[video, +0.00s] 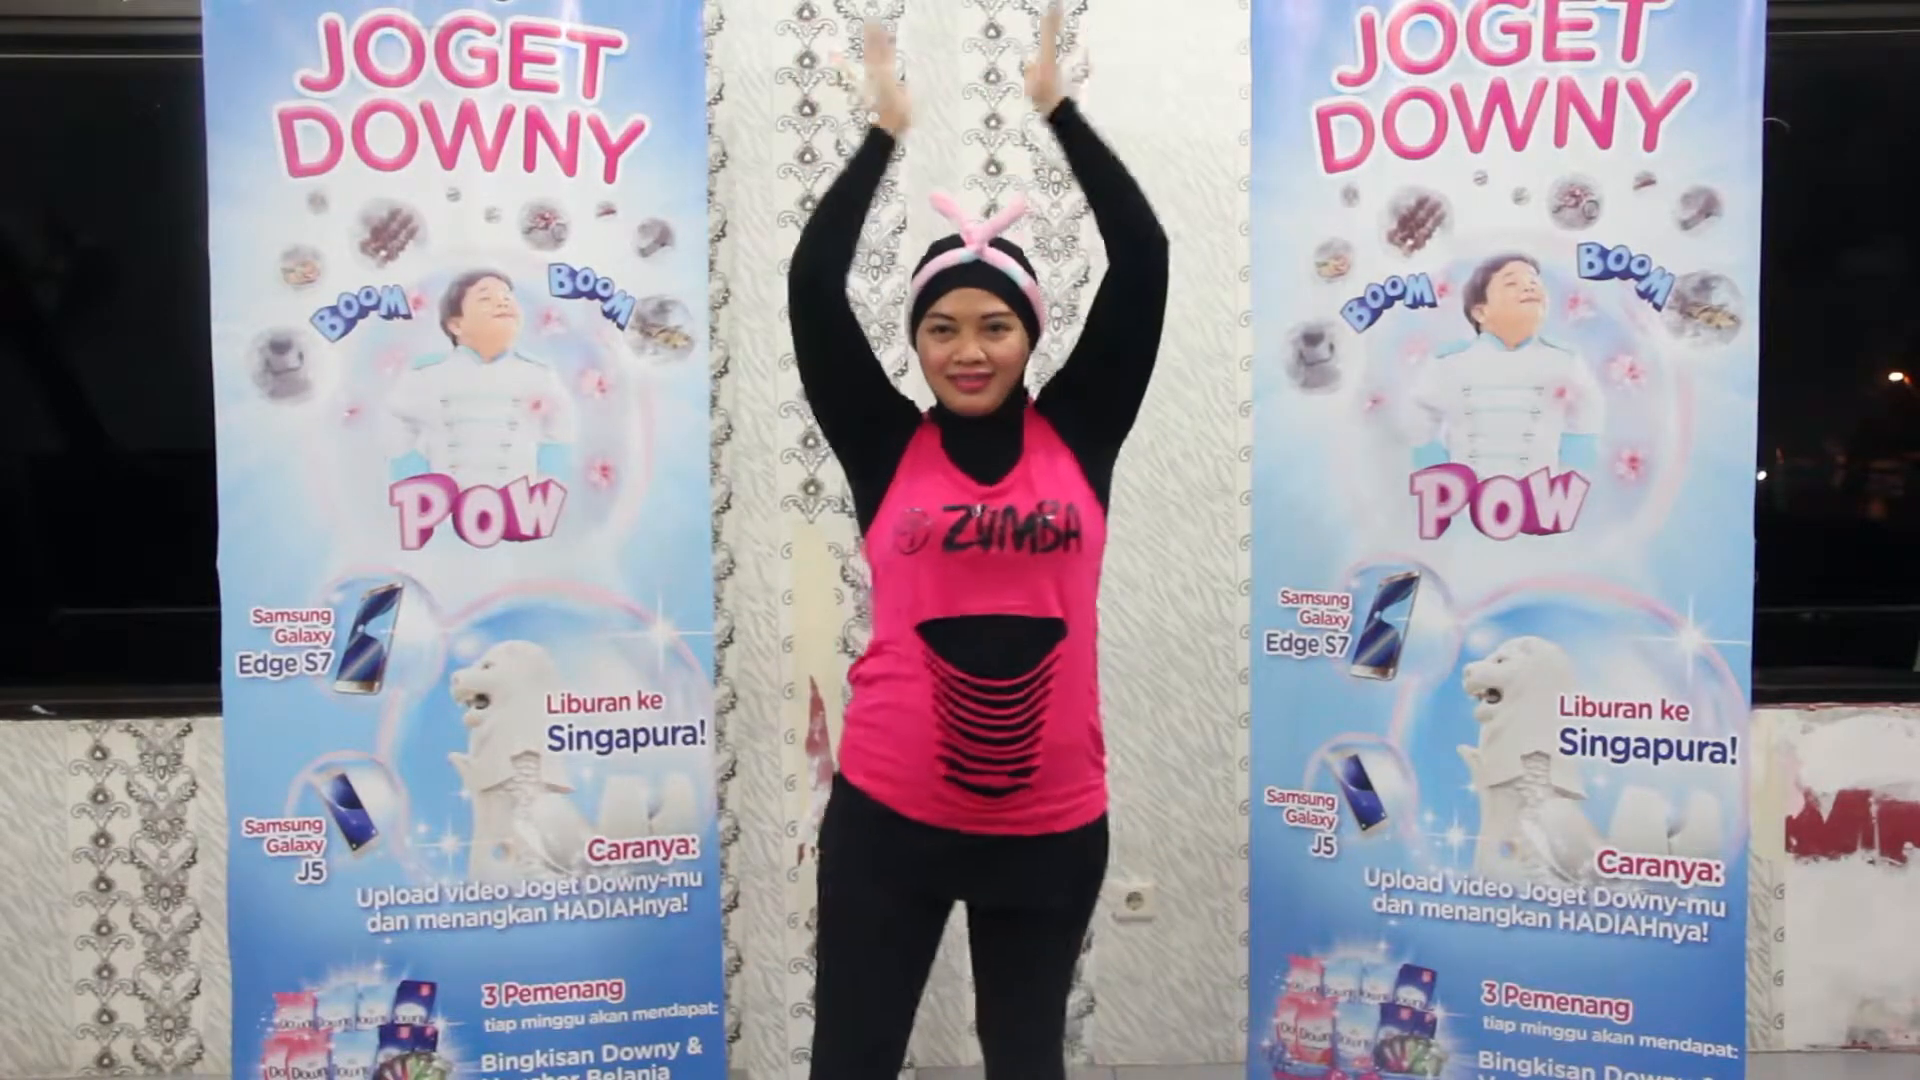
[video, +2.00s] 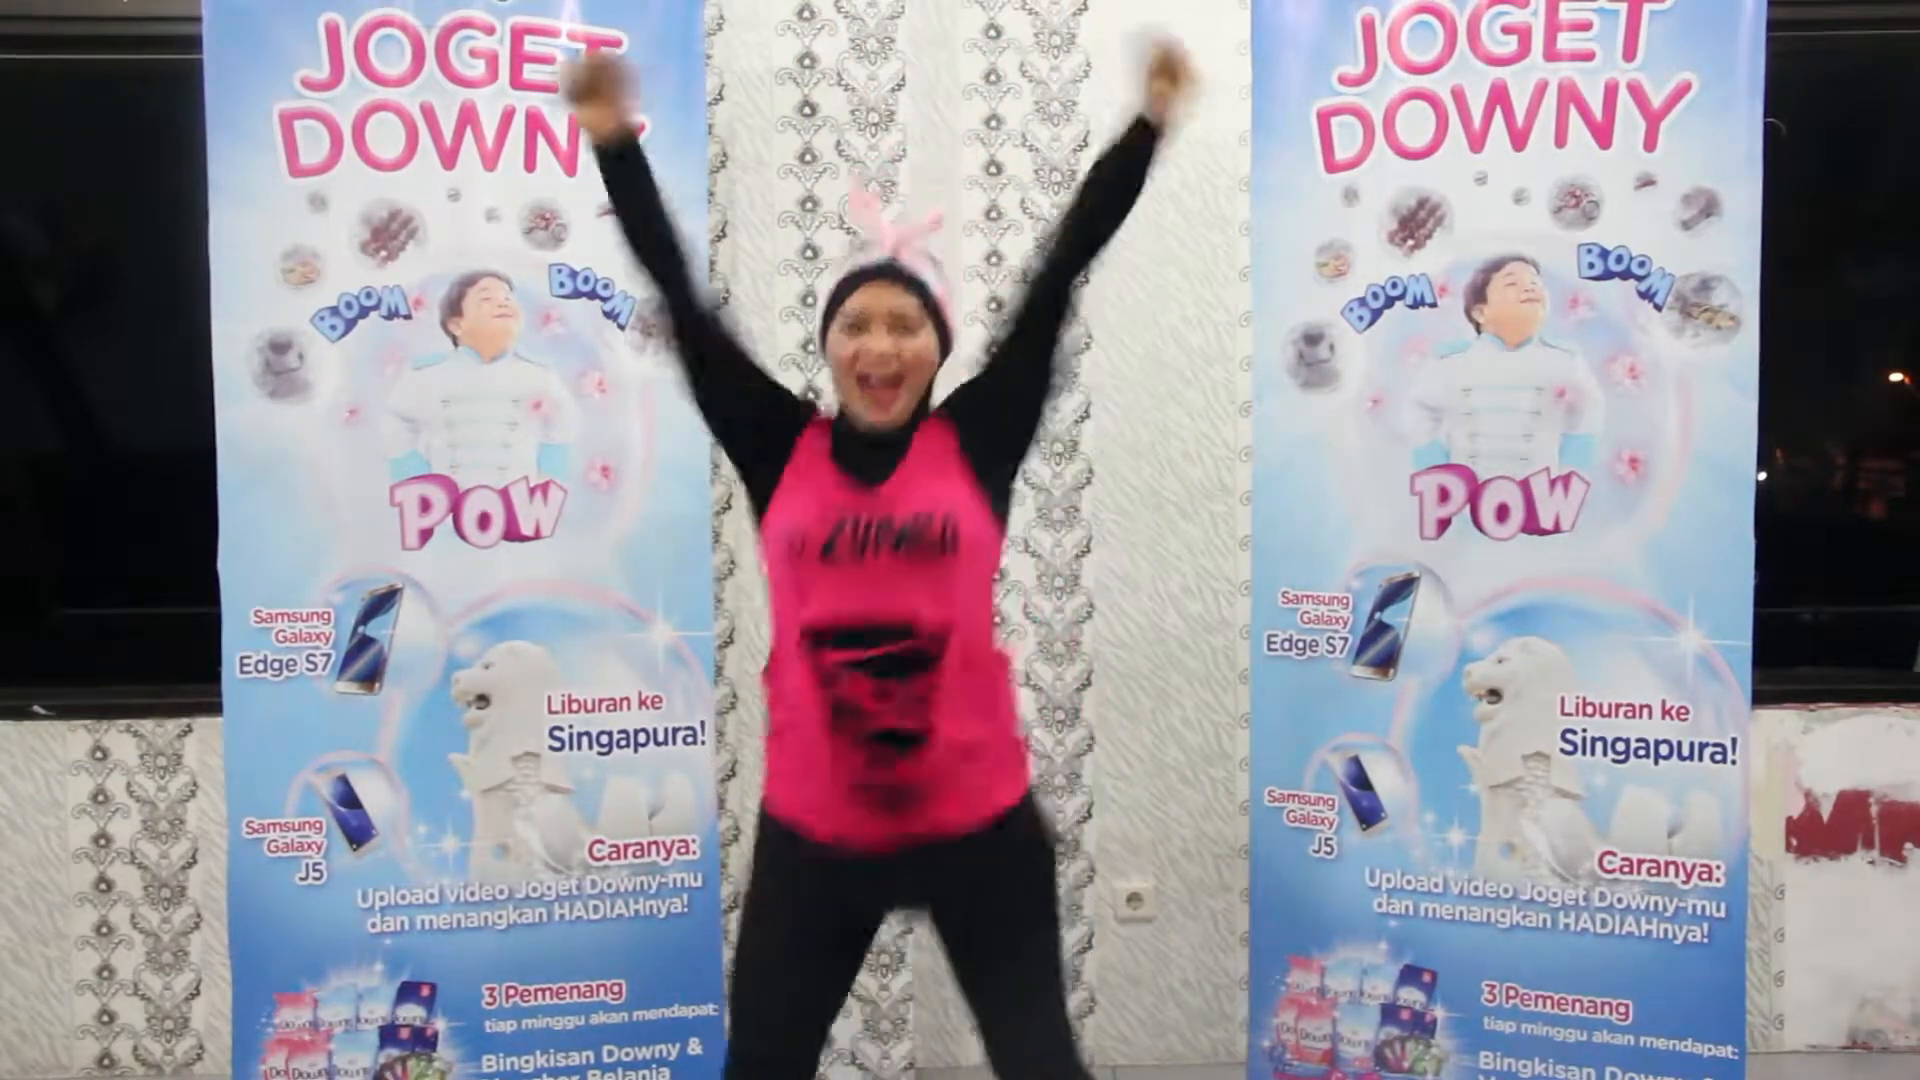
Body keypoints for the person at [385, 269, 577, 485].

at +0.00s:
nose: (502, 302)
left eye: (508, 296)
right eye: (484, 298)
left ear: (518, 313)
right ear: (454, 324)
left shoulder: (539, 376)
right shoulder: (424, 377)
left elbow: (558, 436)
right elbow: (390, 423)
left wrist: (545, 491)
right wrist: (413, 482)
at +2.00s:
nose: (503, 301)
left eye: (508, 296)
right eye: (485, 298)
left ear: (518, 315)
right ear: (454, 324)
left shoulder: (538, 378)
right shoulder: (422, 379)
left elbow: (559, 432)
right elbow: (393, 428)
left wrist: (546, 490)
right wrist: (415, 485)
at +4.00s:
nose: (502, 303)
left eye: (508, 296)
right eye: (485, 297)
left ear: (518, 315)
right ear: (455, 324)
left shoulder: (536, 376)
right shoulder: (423, 379)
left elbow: (560, 427)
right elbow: (393, 426)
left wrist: (547, 485)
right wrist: (412, 483)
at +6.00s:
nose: (503, 302)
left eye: (508, 296)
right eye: (485, 297)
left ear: (518, 314)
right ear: (455, 324)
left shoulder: (539, 380)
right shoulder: (421, 380)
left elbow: (560, 443)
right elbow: (396, 434)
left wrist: (544, 499)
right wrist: (415, 494)